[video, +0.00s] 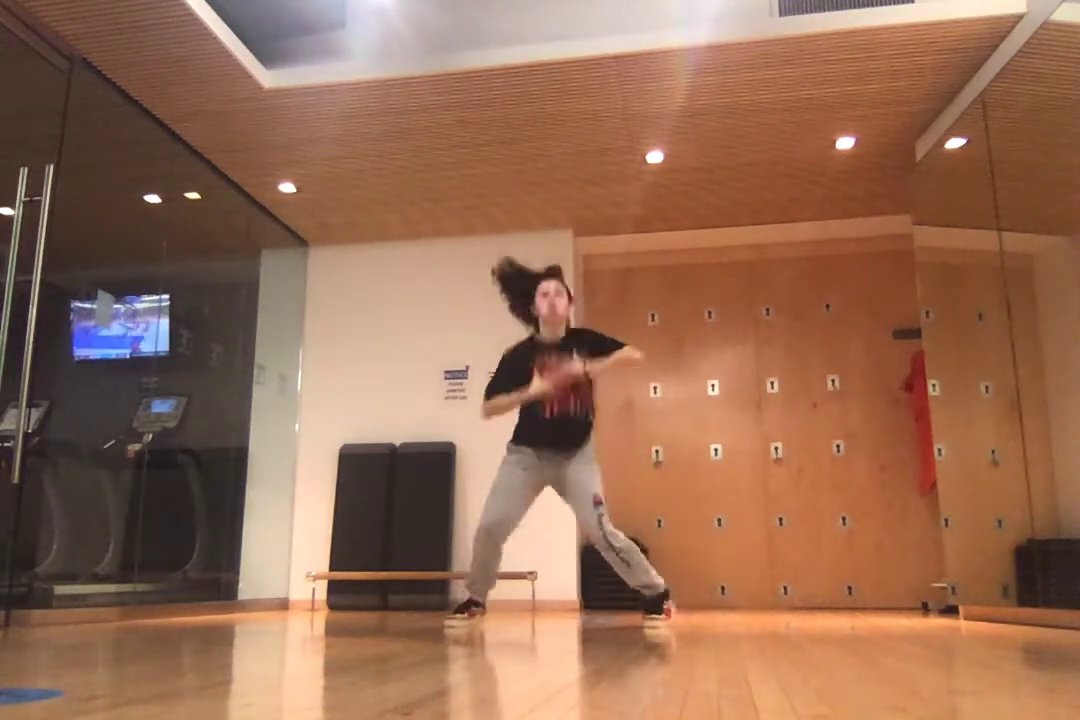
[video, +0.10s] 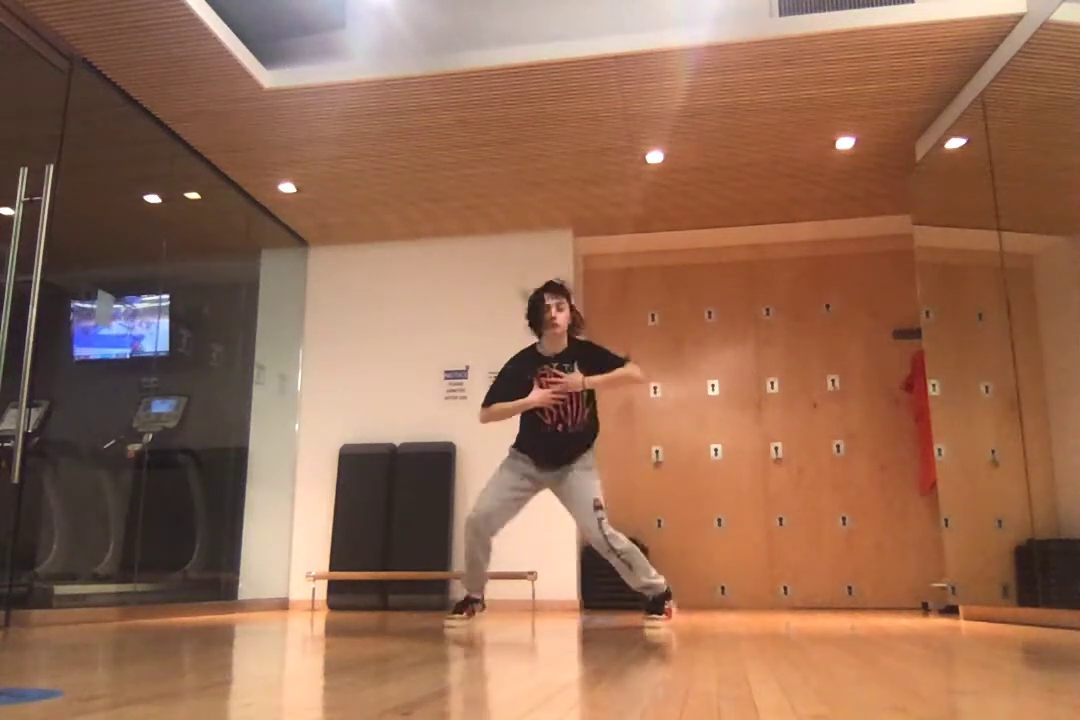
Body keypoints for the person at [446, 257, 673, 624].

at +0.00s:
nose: (553, 301)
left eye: (559, 294)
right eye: (545, 295)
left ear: (570, 305)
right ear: (532, 307)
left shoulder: (583, 342)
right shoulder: (521, 354)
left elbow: (634, 355)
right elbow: (489, 408)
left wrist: (587, 368)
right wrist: (531, 392)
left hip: (576, 455)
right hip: (526, 456)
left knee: (599, 531)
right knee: (490, 527)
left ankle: (656, 594)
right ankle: (475, 599)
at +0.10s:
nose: (553, 314)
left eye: (559, 307)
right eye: (546, 308)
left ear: (571, 313)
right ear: (536, 317)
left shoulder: (585, 352)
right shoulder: (523, 362)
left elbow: (635, 374)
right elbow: (487, 413)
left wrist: (585, 382)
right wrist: (530, 400)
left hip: (575, 464)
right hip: (525, 462)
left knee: (597, 532)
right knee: (478, 521)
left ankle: (658, 592)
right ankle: (473, 597)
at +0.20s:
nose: (556, 315)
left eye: (562, 308)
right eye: (548, 310)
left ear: (573, 314)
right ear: (537, 319)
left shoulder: (588, 352)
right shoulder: (524, 362)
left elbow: (638, 372)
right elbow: (488, 412)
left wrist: (588, 382)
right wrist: (533, 401)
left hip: (575, 460)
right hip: (526, 459)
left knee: (590, 533)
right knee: (483, 517)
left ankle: (659, 589)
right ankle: (472, 593)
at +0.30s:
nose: (558, 315)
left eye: (565, 309)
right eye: (550, 310)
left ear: (576, 317)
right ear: (540, 319)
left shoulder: (587, 353)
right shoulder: (524, 359)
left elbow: (638, 374)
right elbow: (487, 409)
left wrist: (587, 383)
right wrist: (531, 399)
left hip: (577, 450)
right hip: (531, 452)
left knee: (583, 529)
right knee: (525, 531)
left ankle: (655, 585)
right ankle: (472, 595)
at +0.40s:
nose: (563, 317)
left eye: (570, 311)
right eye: (556, 311)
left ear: (580, 319)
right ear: (545, 319)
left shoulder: (589, 355)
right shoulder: (525, 360)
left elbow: (640, 377)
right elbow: (484, 402)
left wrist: (591, 386)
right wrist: (533, 397)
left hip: (588, 455)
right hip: (541, 457)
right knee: (513, 527)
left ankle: (653, 588)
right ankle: (463, 592)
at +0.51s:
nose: (567, 317)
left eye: (574, 310)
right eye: (559, 311)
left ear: (585, 315)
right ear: (549, 318)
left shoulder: (600, 349)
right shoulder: (540, 358)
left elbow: (652, 366)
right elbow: (510, 399)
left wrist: (605, 381)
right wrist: (556, 393)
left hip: (597, 456)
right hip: (554, 454)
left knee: (654, 512)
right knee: (521, 525)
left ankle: (647, 602)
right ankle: (459, 586)